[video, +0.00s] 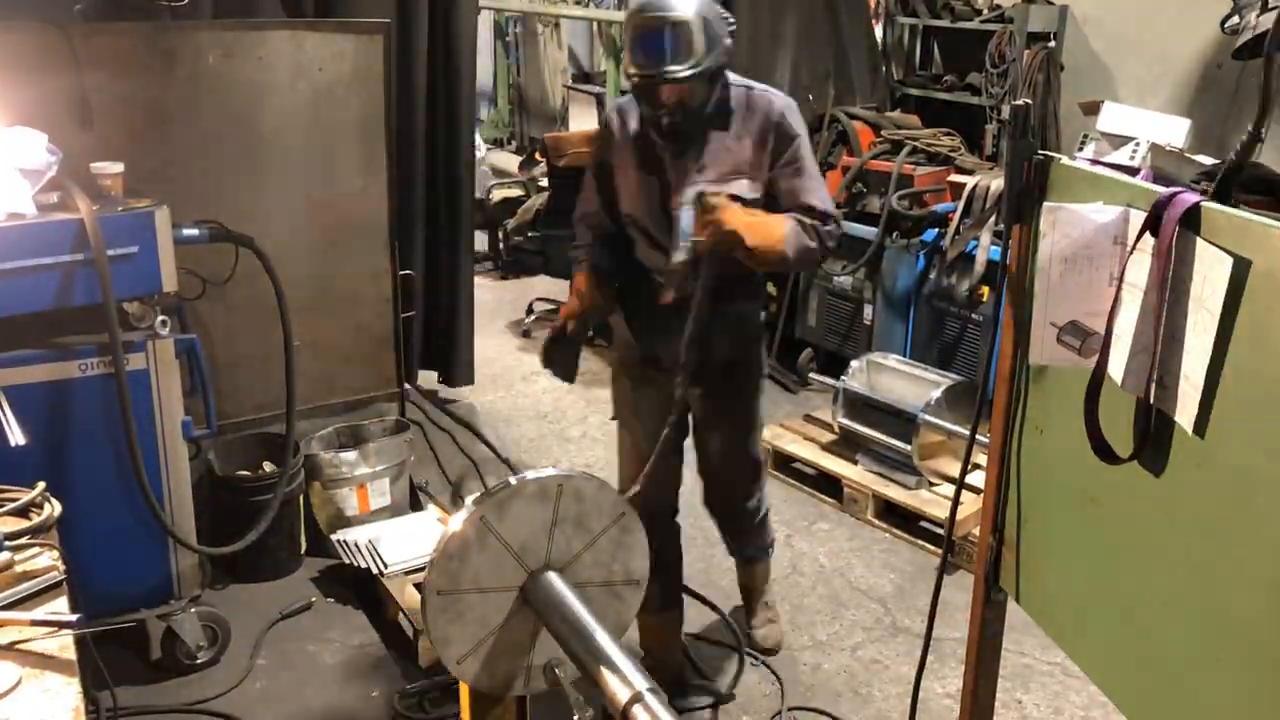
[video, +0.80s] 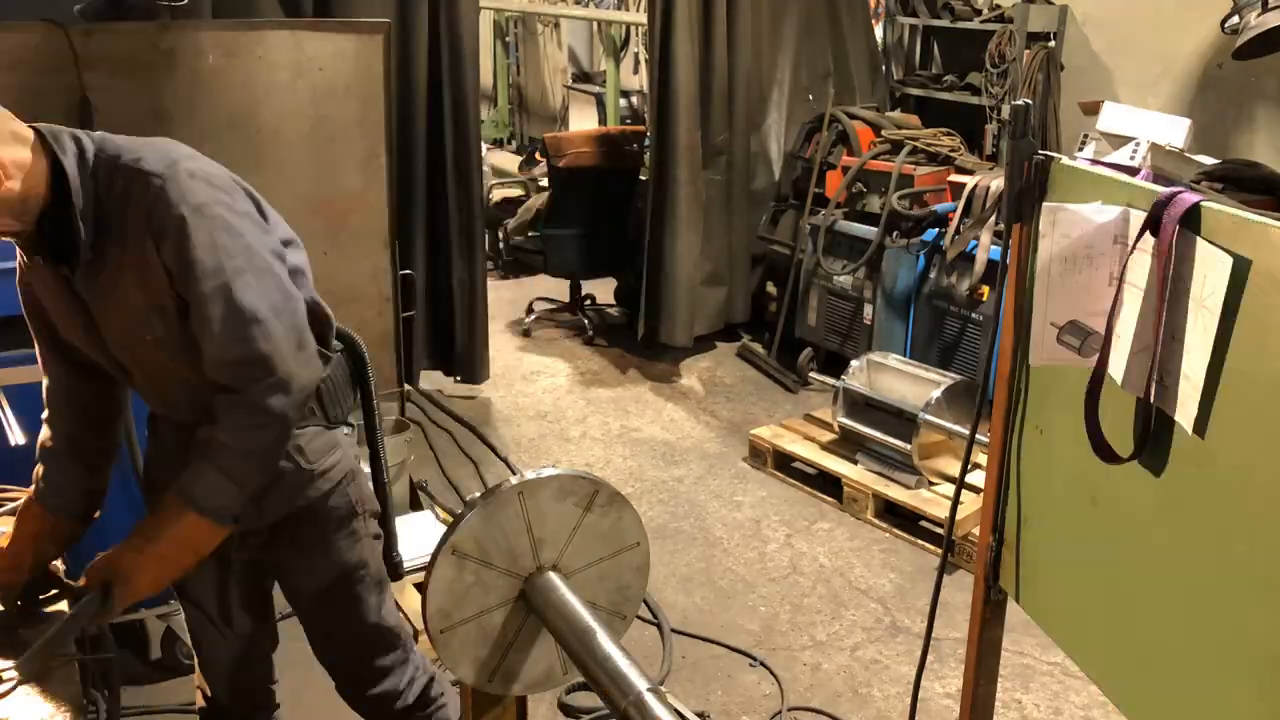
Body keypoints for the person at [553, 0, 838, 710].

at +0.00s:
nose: (666, 96)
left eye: (682, 80)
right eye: (651, 80)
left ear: (717, 64)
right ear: (633, 70)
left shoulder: (771, 117)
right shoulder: (620, 122)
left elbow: (819, 233)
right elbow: (594, 222)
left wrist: (752, 227)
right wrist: (584, 284)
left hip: (729, 330)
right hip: (642, 328)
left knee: (732, 483)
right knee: (645, 495)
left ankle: (756, 590)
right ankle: (659, 640)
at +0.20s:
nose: (720, 318)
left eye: (728, 302)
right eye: (731, 301)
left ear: (637, 241)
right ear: (717, 295)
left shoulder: (519, 267)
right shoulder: (645, 365)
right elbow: (705, 638)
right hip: (366, 626)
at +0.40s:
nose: (638, 357)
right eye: (651, 343)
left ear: (582, 240)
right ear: (632, 318)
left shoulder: (393, 214)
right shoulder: (550, 366)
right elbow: (653, 628)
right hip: (313, 617)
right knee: (421, 695)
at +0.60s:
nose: (654, 363)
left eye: (669, 356)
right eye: (671, 353)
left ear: (603, 243)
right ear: (659, 328)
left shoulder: (417, 225)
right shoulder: (571, 374)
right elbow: (647, 636)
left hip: (204, 574)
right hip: (332, 635)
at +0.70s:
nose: (319, 187)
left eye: (333, 162)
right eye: (298, 172)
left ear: (347, 133)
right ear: (235, 155)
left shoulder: (365, 168)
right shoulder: (143, 199)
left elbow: (421, 280)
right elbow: (124, 385)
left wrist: (458, 360)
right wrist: (196, 491)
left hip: (339, 410)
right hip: (232, 425)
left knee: (354, 608)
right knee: (258, 635)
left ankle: (335, 699)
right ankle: (269, 716)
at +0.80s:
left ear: (5, 167)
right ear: (9, 166)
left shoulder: (173, 190)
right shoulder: (41, 260)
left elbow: (278, 380)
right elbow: (81, 422)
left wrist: (165, 546)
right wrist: (23, 551)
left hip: (297, 438)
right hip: (187, 454)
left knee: (382, 676)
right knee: (233, 690)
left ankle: (438, 705)